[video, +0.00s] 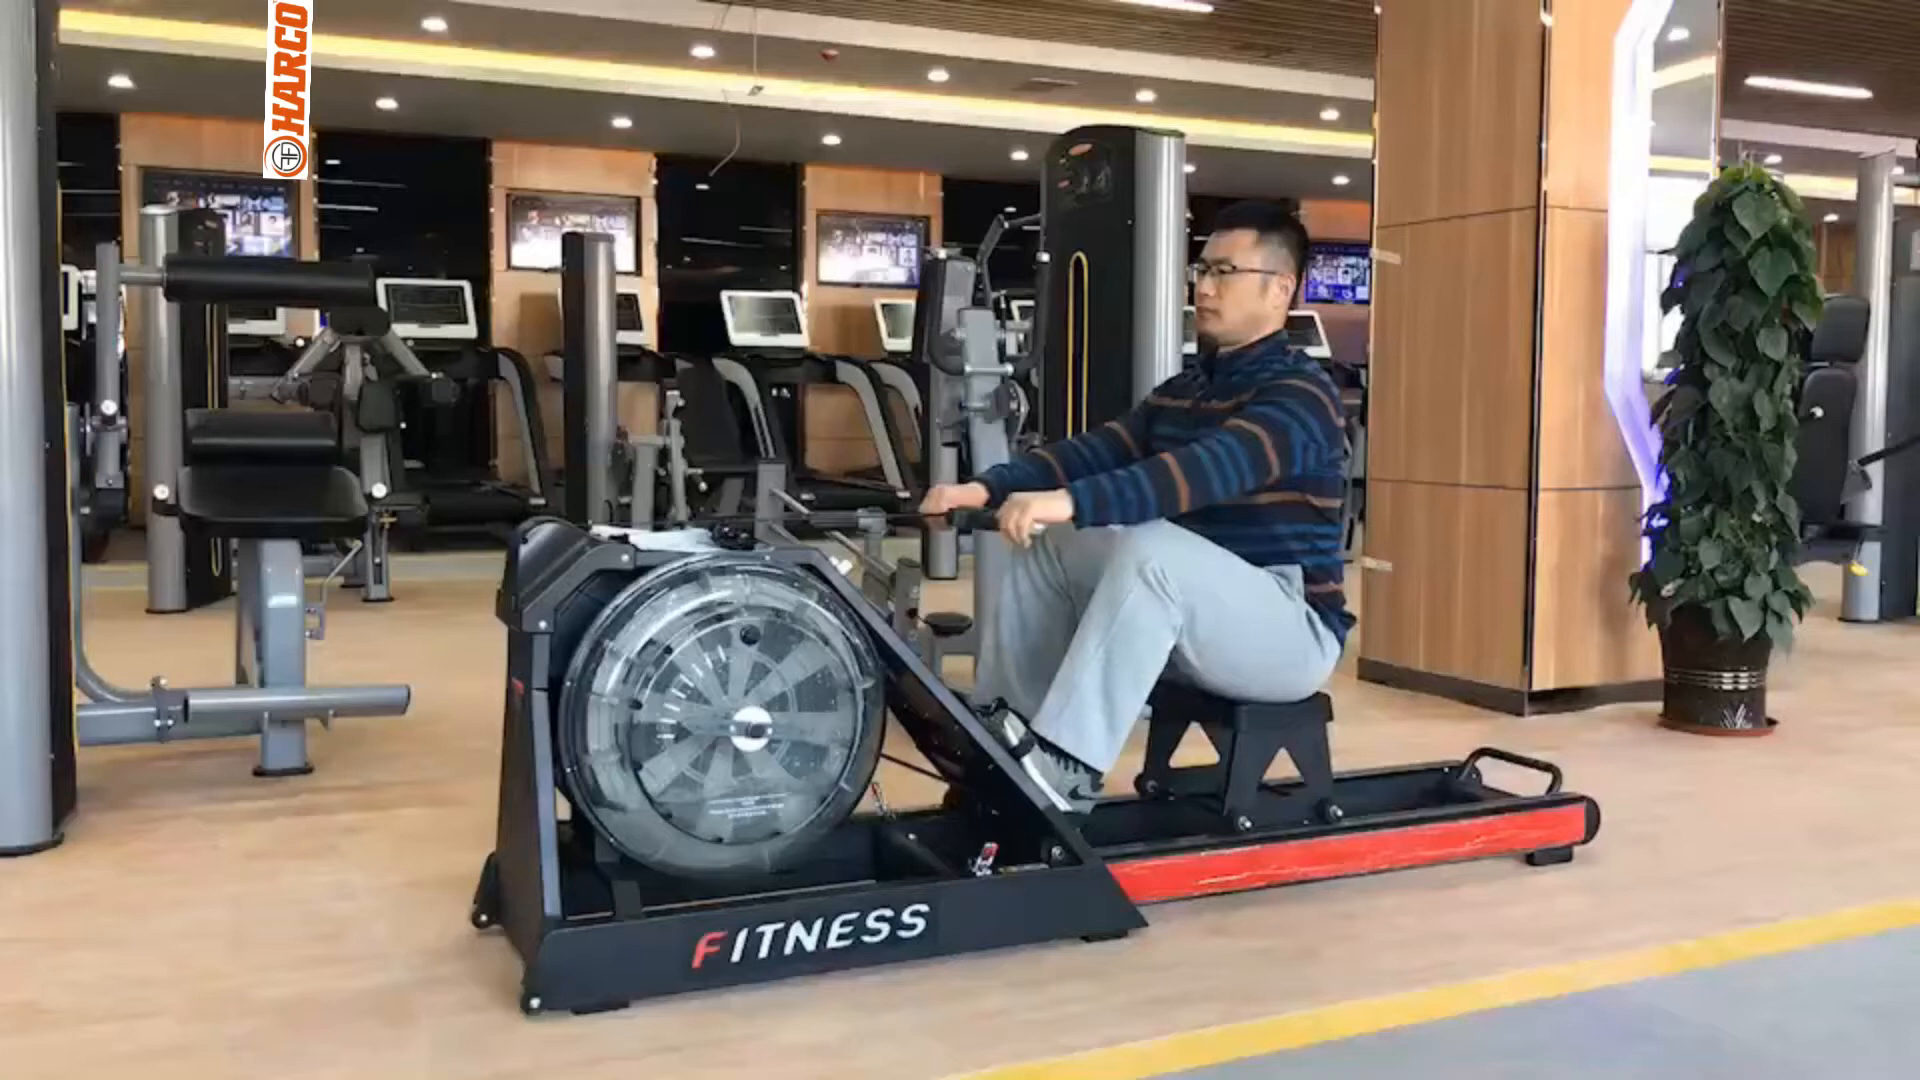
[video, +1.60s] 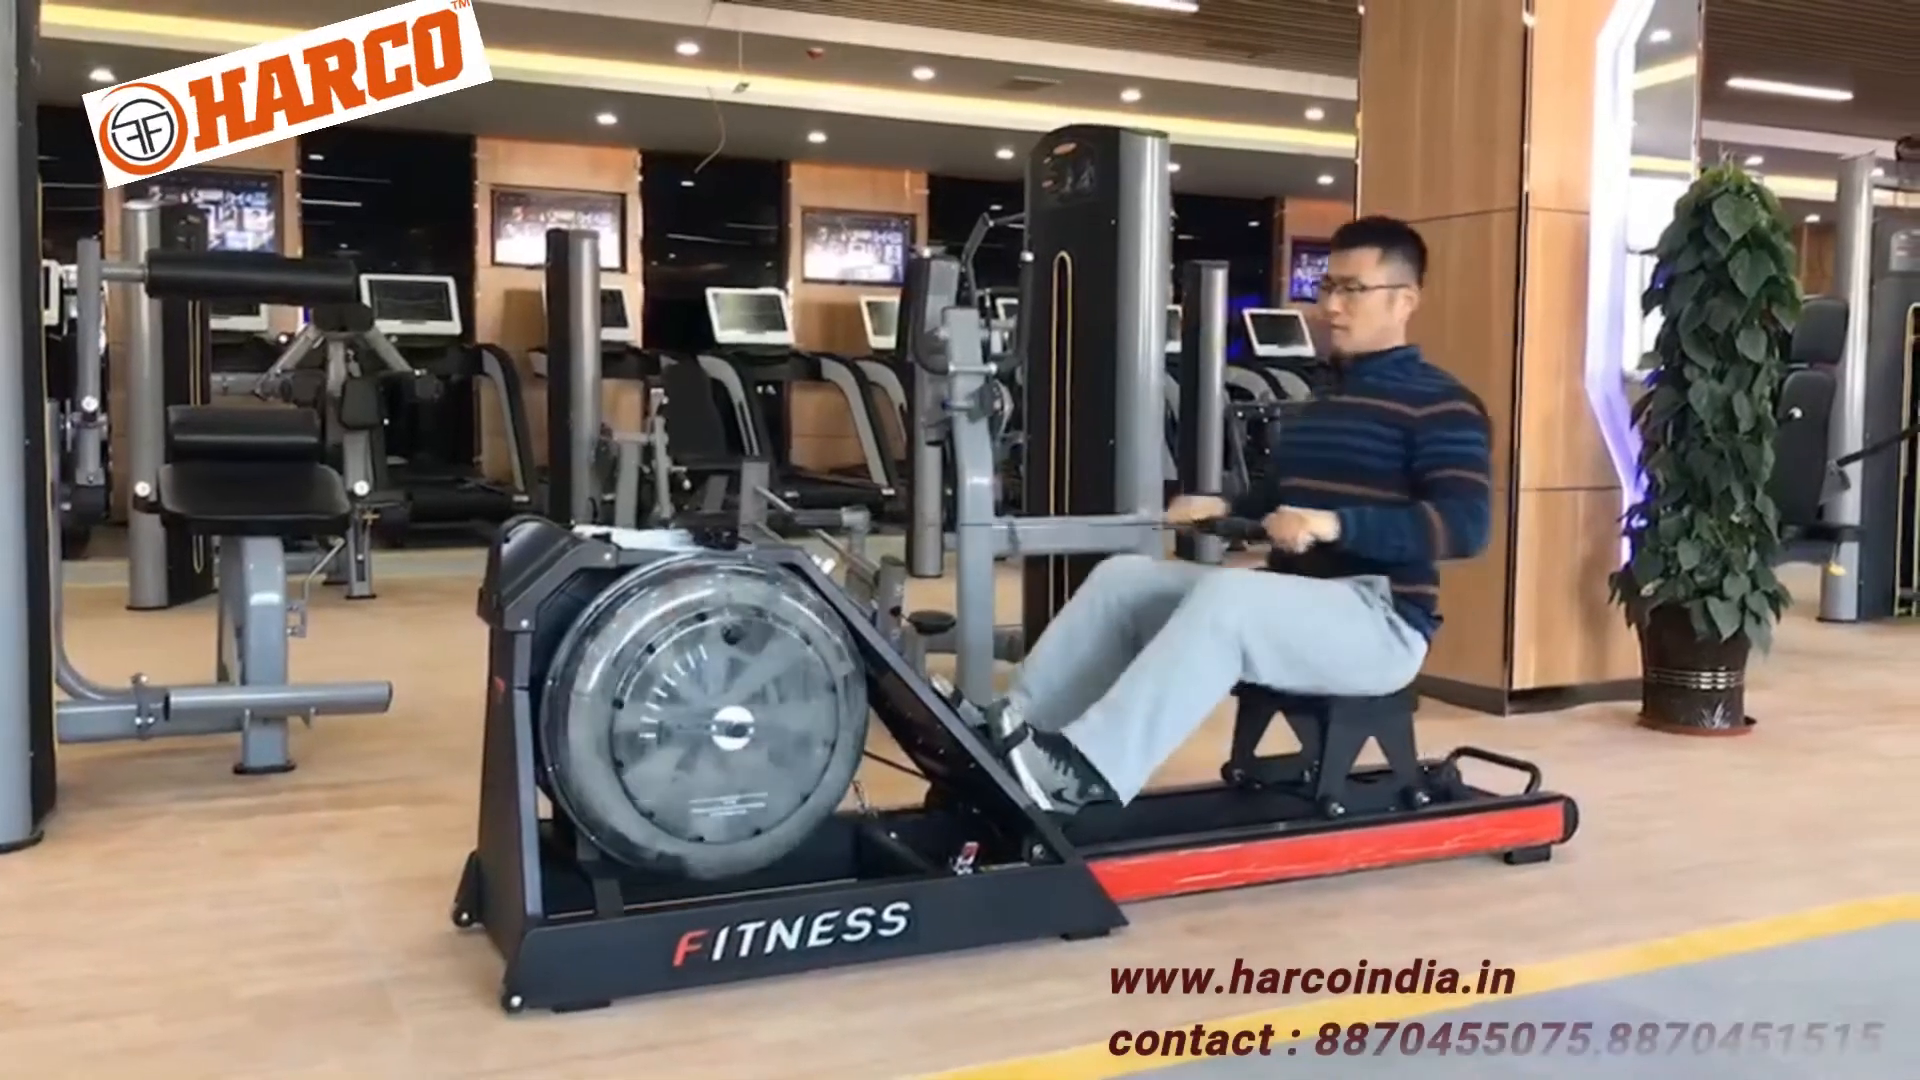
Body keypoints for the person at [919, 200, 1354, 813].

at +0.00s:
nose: (1201, 287)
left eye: (1222, 272)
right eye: (1200, 272)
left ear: (1282, 290)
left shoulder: (1301, 395)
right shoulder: (1185, 389)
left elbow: (1201, 473)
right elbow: (1097, 451)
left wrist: (1072, 502)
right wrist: (988, 487)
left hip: (1291, 631)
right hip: (1189, 613)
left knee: (1152, 552)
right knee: (1024, 533)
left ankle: (1070, 765)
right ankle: (1012, 727)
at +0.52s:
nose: (1283, 282)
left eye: (1305, 268)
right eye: (1281, 267)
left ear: (1358, 290)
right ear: (1274, 279)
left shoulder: (1373, 393)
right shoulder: (1254, 384)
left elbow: (1269, 461)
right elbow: (1166, 443)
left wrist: (1147, 488)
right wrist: (1049, 472)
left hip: (1343, 619)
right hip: (1250, 594)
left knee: (1191, 568)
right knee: (1091, 554)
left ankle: (1071, 760)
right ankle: (1008, 743)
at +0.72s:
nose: (1352, 293)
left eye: (1373, 280)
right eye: (1350, 279)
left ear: (1426, 295)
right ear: (1346, 285)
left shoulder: (1444, 399)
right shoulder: (1322, 390)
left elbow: (1352, 471)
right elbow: (1236, 452)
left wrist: (1233, 490)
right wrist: (1130, 476)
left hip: (1386, 612)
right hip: (1299, 589)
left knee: (1226, 603)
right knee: (1129, 574)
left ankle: (1082, 765)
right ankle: (1011, 729)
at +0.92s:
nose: (1409, 311)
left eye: (1429, 295)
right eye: (1402, 294)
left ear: (1481, 309)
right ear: (1393, 299)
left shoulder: (1502, 408)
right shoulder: (1376, 402)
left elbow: (1444, 499)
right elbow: (1298, 473)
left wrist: (1324, 507)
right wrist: (1213, 485)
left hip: (1415, 614)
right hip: (1329, 591)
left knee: (1248, 635)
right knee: (1159, 606)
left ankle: (1094, 771)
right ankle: (1015, 727)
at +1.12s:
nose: (1429, 317)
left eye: (1450, 302)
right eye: (1424, 301)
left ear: (1503, 317)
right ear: (1417, 307)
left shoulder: (1534, 415)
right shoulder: (1401, 410)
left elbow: (1514, 528)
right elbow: (1353, 498)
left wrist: (1401, 524)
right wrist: (1285, 500)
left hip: (1424, 615)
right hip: (1334, 589)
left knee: (1253, 670)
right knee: (1183, 631)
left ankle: (1092, 786)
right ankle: (1022, 728)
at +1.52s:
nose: (1356, 307)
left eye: (1377, 292)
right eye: (1351, 290)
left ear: (1431, 303)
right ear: (1344, 294)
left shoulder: (1467, 405)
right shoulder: (1339, 402)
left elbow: (1496, 529)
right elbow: (1310, 504)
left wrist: (1377, 528)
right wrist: (1257, 514)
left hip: (1396, 621)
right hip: (1305, 597)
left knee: (1234, 616)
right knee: (1137, 586)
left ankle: (1094, 771)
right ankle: (1014, 729)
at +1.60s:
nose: (1331, 305)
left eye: (1352, 290)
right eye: (1326, 288)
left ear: (1405, 303)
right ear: (1317, 294)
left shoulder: (1442, 404)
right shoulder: (1315, 400)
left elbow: (1463, 525)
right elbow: (1283, 506)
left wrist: (1337, 521)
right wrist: (1225, 510)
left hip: (1380, 621)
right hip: (1294, 600)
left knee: (1224, 605)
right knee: (1121, 580)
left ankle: (1088, 769)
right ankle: (1007, 731)